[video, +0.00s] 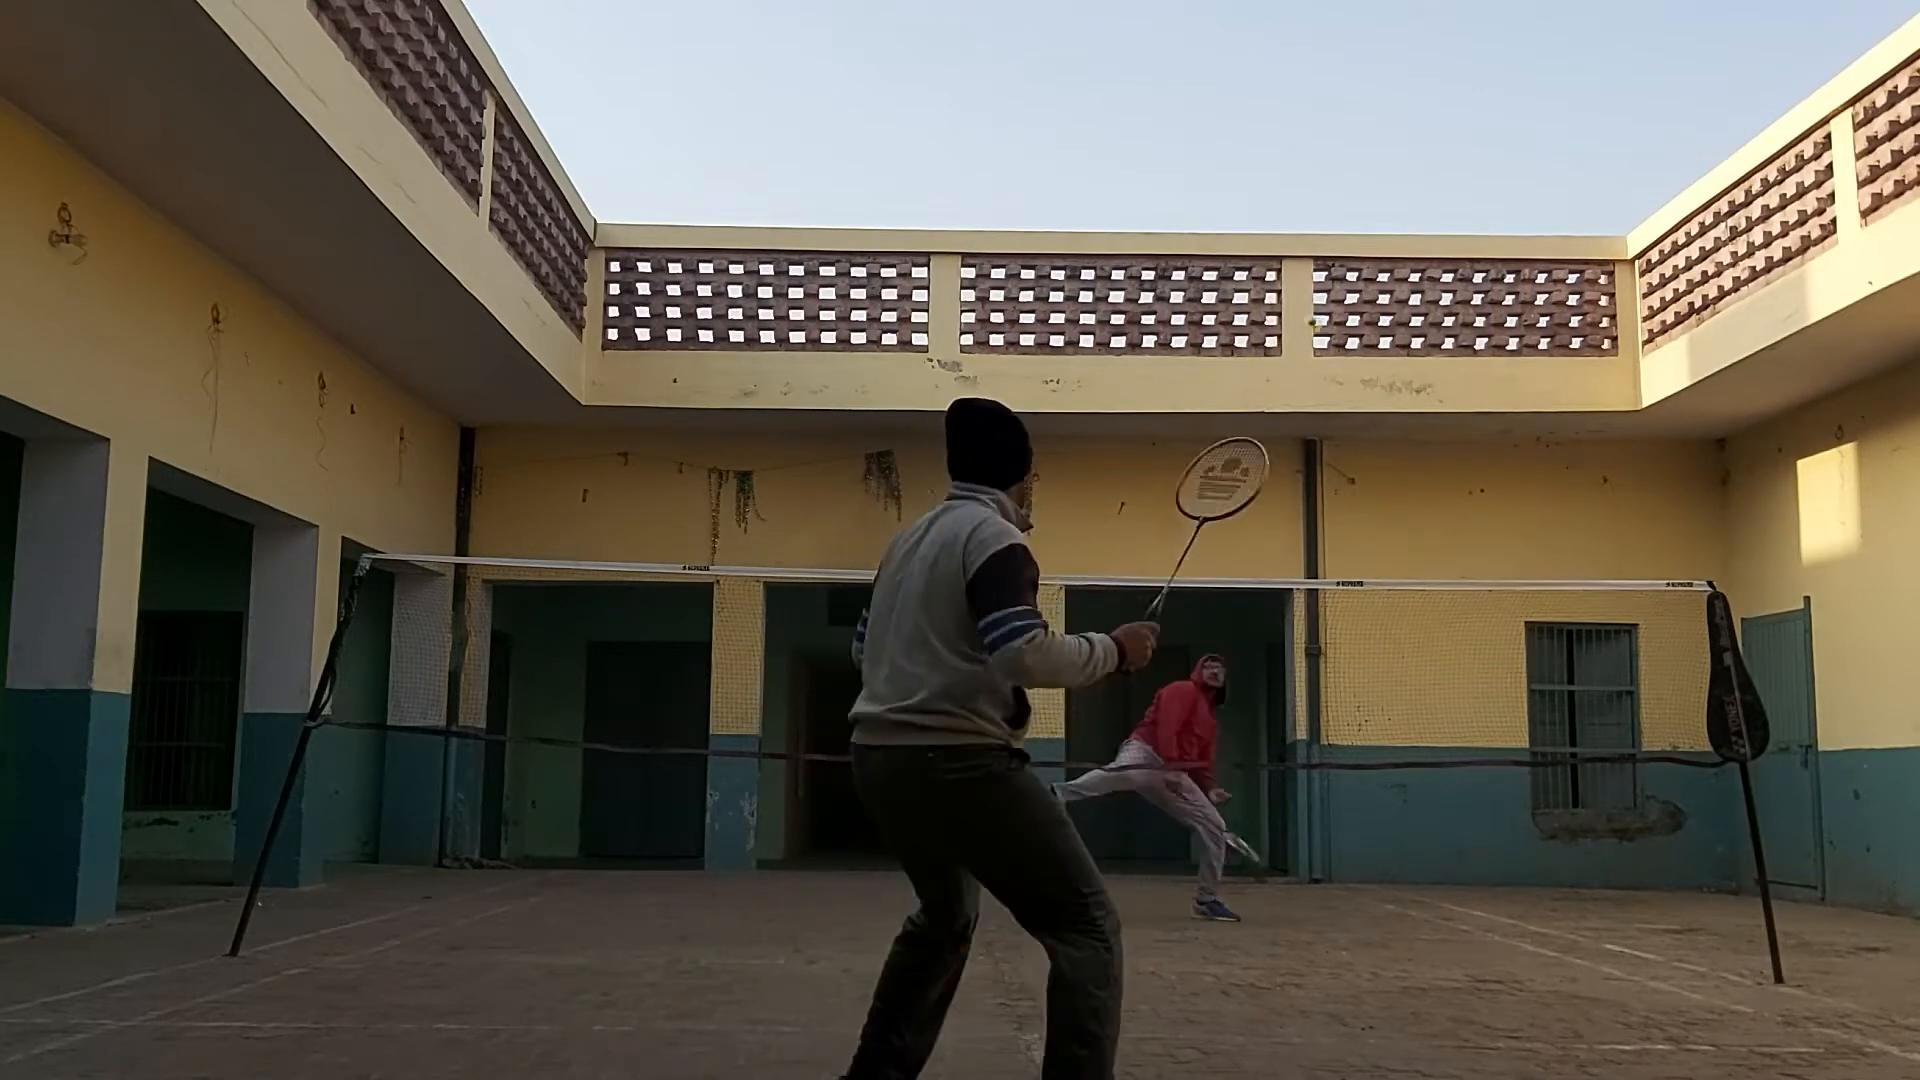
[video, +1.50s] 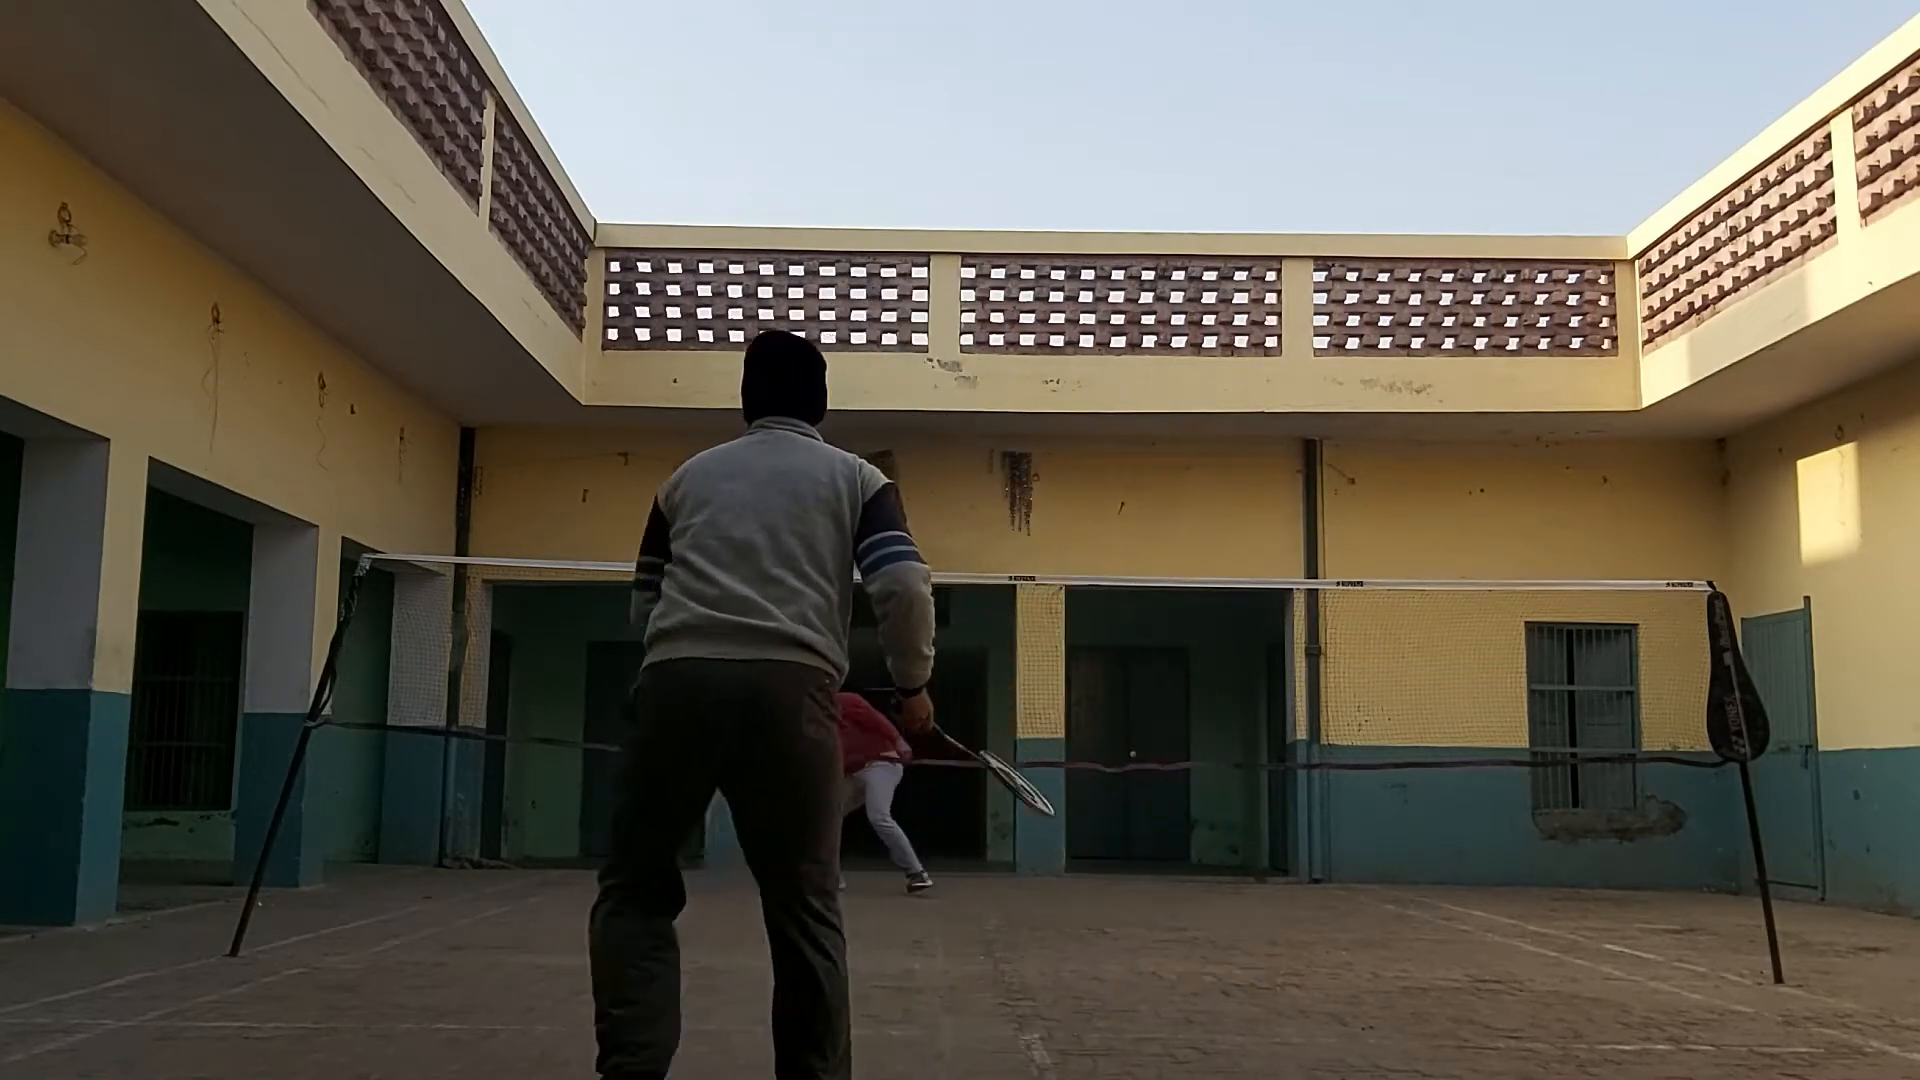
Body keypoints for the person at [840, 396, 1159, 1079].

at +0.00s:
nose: (1029, 492)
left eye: (1028, 479)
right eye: (1028, 479)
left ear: (959, 471)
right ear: (1016, 477)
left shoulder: (906, 541)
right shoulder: (994, 537)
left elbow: (869, 651)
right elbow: (1020, 653)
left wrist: (975, 677)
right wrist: (1112, 650)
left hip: (881, 761)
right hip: (966, 763)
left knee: (946, 913)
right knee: (1087, 925)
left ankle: (875, 1073)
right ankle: (1080, 1074)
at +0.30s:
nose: (982, 376)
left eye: (981, 369)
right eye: (980, 367)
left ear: (892, 368)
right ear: (969, 367)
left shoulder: (870, 463)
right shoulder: (991, 420)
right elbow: (1104, 459)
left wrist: (1029, 443)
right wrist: (1102, 427)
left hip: (940, 699)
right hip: (1042, 700)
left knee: (905, 880)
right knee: (1078, 907)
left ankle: (818, 1057)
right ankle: (1080, 1070)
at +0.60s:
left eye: (869, 380)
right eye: (943, 376)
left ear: (864, 394)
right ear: (947, 382)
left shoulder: (825, 509)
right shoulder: (990, 465)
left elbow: (825, 652)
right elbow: (1077, 584)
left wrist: (890, 699)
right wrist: (1157, 617)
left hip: (889, 739)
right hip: (1014, 727)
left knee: (917, 956)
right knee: (1085, 928)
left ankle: (896, 1078)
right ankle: (1091, 1073)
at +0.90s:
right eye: (922, 333)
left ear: (844, 350)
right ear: (927, 344)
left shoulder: (788, 446)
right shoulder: (978, 422)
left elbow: (705, 562)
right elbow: (1016, 541)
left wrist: (714, 659)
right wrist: (1044, 679)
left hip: (837, 693)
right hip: (966, 686)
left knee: (875, 921)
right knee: (985, 905)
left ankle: (880, 1073)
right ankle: (976, 1071)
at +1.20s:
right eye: (875, 383)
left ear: (799, 391)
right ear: (880, 390)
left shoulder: (748, 478)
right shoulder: (919, 460)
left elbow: (716, 610)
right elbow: (966, 570)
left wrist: (765, 670)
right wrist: (1002, 694)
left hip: (771, 699)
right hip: (894, 697)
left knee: (817, 922)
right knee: (878, 905)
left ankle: (854, 1073)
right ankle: (847, 1062)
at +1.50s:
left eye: (751, 394)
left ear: (743, 403)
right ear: (821, 404)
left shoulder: (688, 476)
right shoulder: (857, 477)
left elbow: (648, 604)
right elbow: (904, 585)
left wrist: (692, 666)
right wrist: (914, 689)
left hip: (674, 687)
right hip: (789, 691)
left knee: (636, 890)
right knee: (805, 904)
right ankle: (815, 1072)